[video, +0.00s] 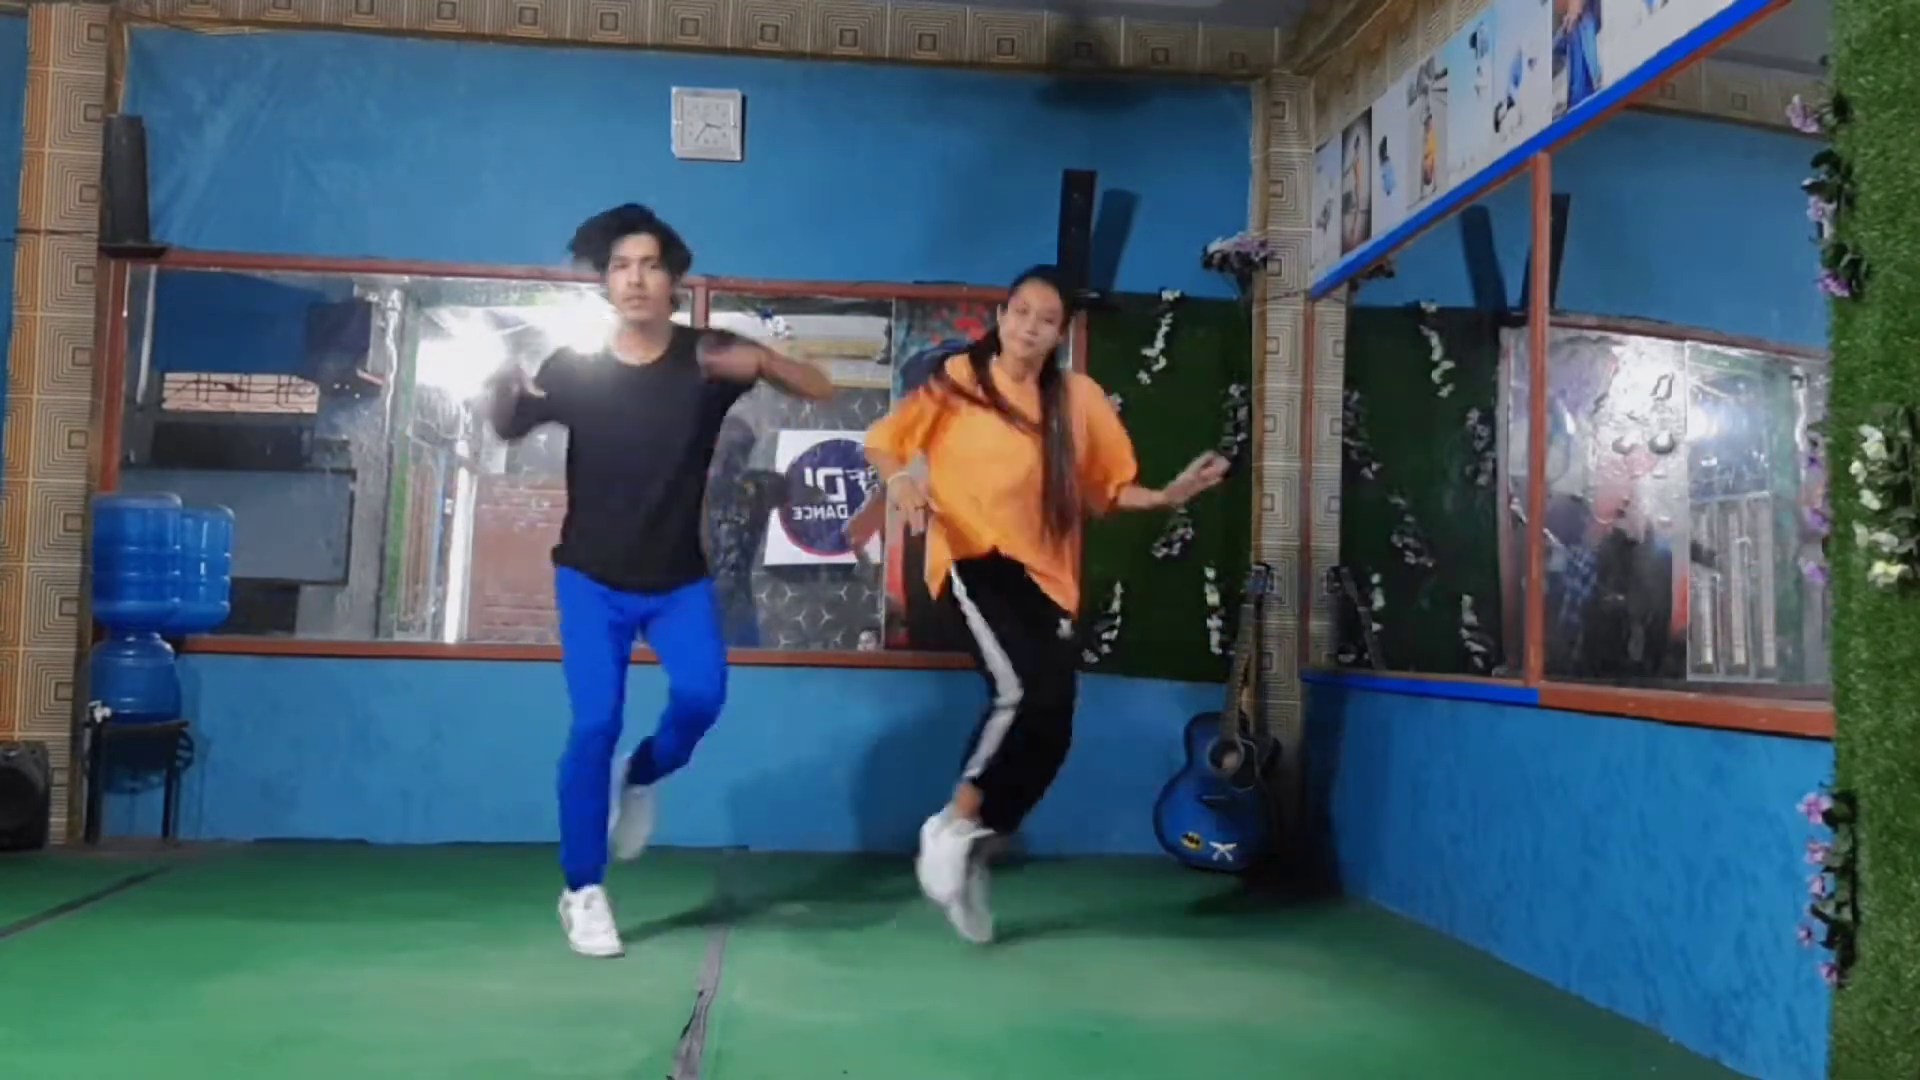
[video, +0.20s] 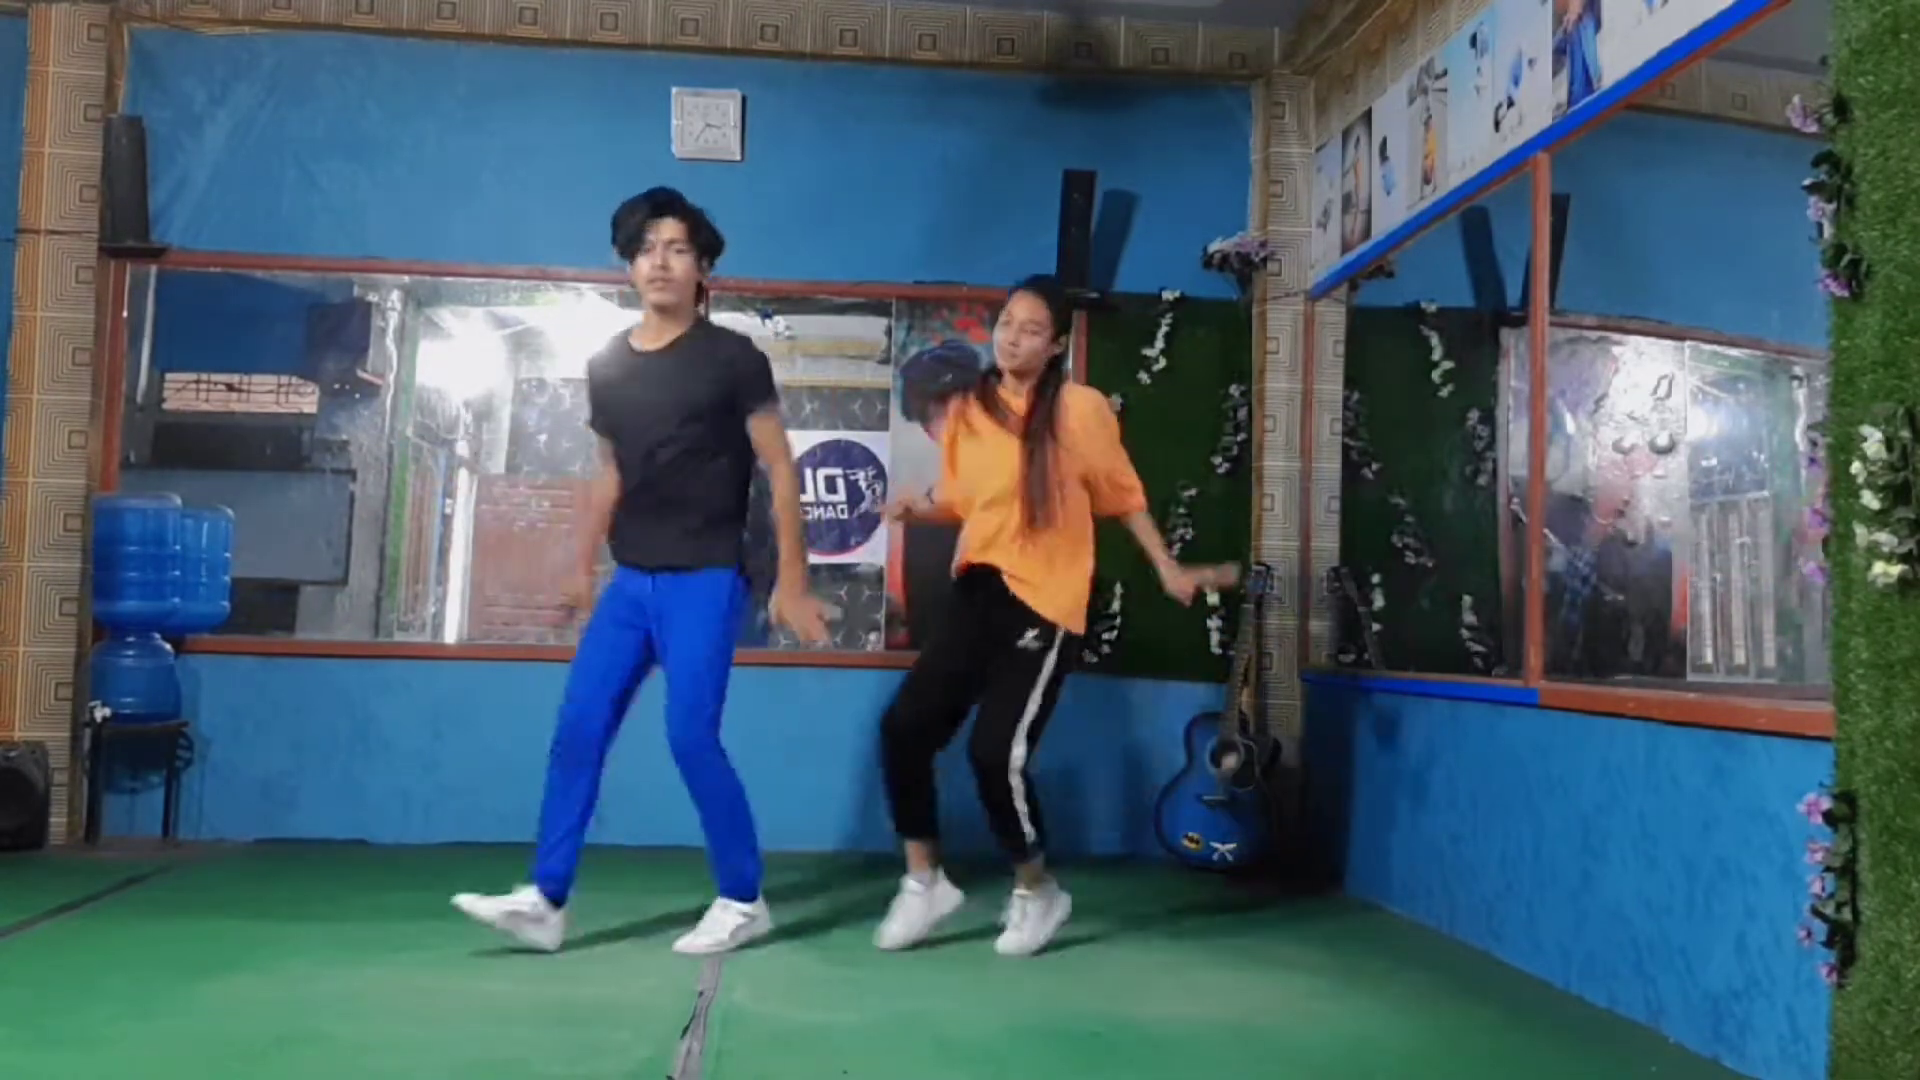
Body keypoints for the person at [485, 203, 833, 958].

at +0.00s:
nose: (636, 279)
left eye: (651, 266)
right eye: (622, 267)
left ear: (676, 282)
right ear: (603, 284)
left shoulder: (713, 360)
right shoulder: (571, 370)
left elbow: (819, 389)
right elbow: (509, 427)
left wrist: (763, 363)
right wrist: (503, 389)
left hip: (680, 582)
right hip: (591, 580)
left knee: (701, 699)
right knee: (595, 726)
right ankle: (584, 888)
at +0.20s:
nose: (663, 262)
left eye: (679, 249)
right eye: (649, 250)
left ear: (703, 268)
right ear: (629, 267)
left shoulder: (734, 358)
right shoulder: (610, 365)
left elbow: (782, 471)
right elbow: (612, 474)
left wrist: (792, 584)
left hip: (706, 582)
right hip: (631, 580)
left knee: (692, 738)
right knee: (577, 732)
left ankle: (741, 900)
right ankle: (546, 900)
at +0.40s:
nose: (664, 292)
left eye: (681, 278)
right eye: (655, 280)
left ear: (720, 290)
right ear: (646, 292)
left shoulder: (732, 370)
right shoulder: (657, 388)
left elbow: (718, 460)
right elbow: (606, 479)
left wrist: (650, 443)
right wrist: (520, 479)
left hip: (726, 598)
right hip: (667, 598)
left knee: (692, 753)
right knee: (572, 712)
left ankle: (745, 909)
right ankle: (574, 883)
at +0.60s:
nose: (659, 280)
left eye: (675, 266)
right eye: (650, 268)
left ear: (716, 275)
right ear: (642, 278)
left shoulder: (736, 345)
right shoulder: (662, 367)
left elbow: (804, 406)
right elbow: (632, 423)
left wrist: (711, 427)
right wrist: (615, 445)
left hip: (725, 570)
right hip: (683, 569)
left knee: (611, 710)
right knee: (641, 730)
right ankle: (719, 882)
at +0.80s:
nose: (665, 309)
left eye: (682, 295)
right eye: (656, 295)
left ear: (721, 303)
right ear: (649, 302)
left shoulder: (732, 377)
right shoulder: (696, 383)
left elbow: (766, 493)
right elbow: (702, 499)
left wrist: (692, 580)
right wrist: (662, 584)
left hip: (704, 596)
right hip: (689, 595)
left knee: (575, 709)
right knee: (660, 755)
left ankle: (567, 888)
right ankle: (736, 906)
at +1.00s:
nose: (653, 280)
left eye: (668, 266)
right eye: (643, 267)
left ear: (706, 273)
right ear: (636, 276)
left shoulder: (709, 334)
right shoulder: (676, 351)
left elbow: (696, 405)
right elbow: (698, 464)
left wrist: (630, 386)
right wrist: (653, 527)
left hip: (734, 563)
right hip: (698, 564)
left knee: (633, 706)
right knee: (586, 699)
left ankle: (719, 867)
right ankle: (653, 850)